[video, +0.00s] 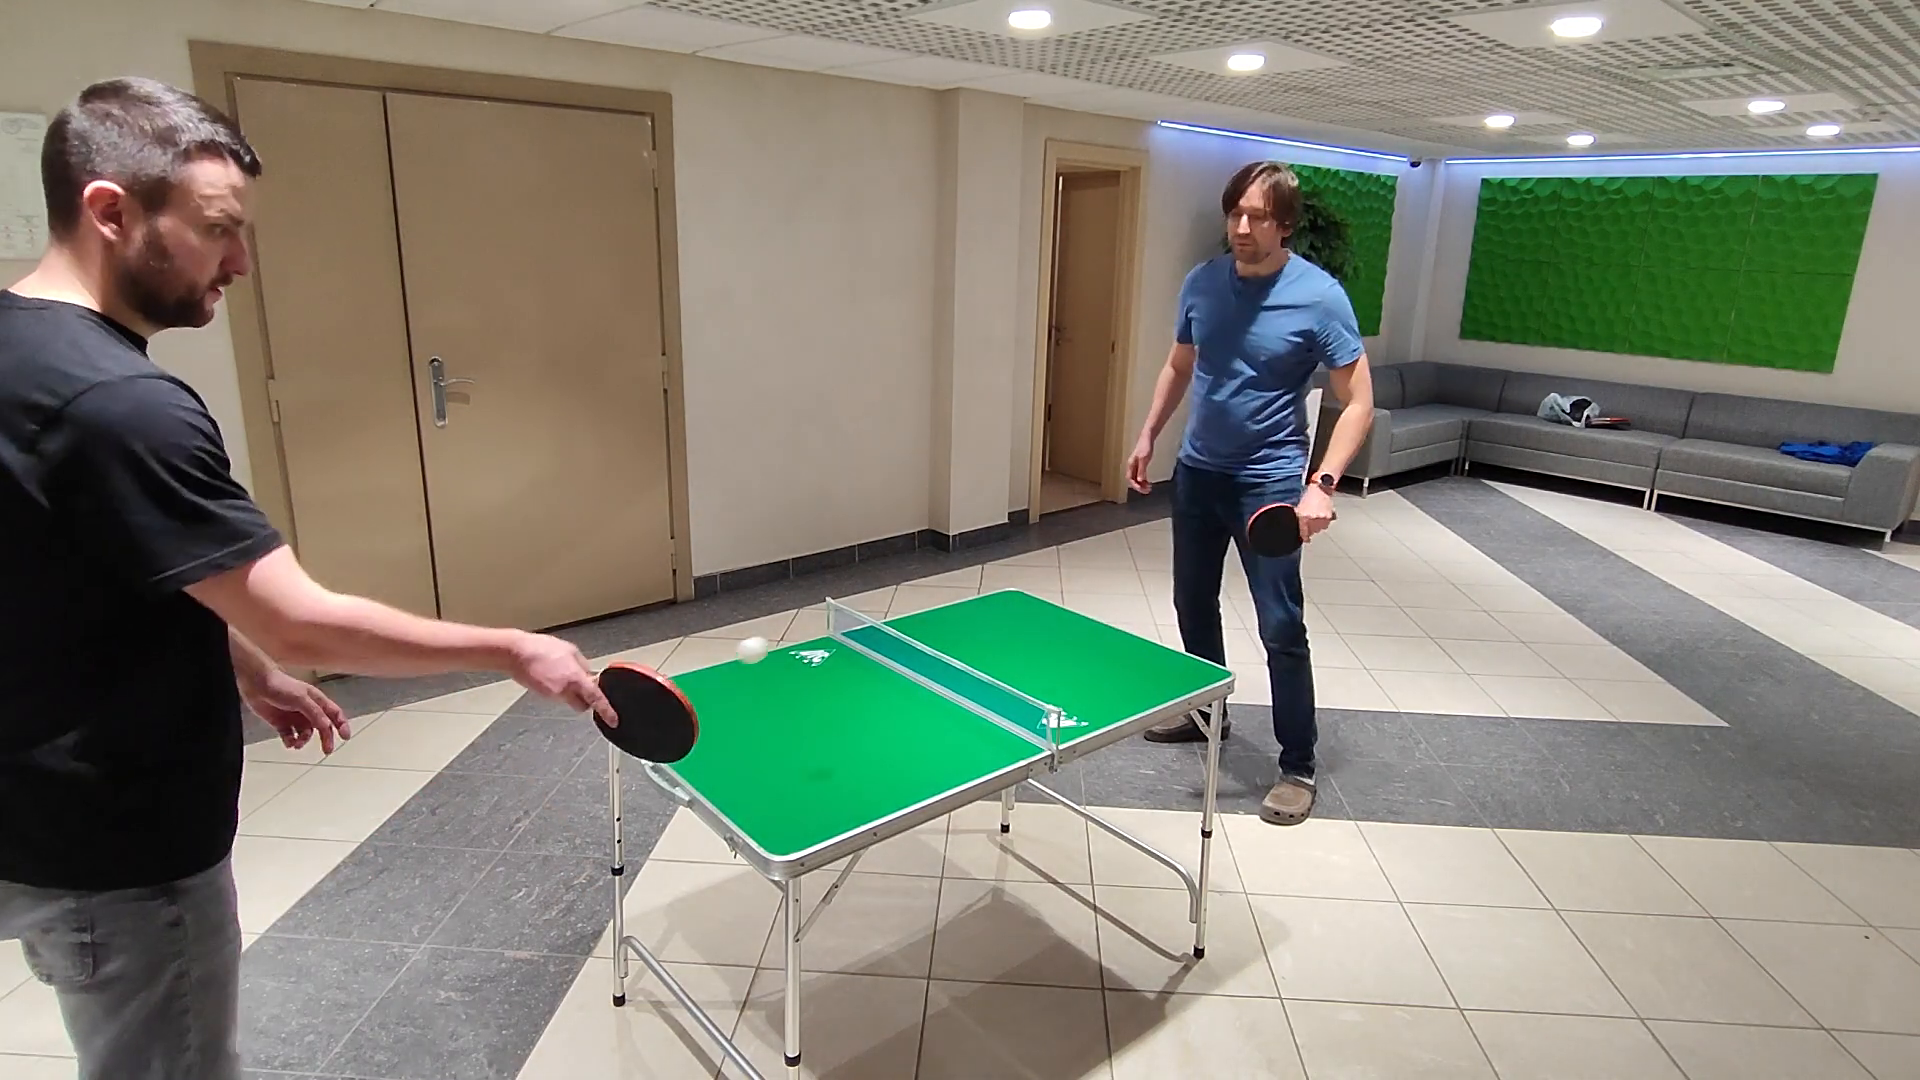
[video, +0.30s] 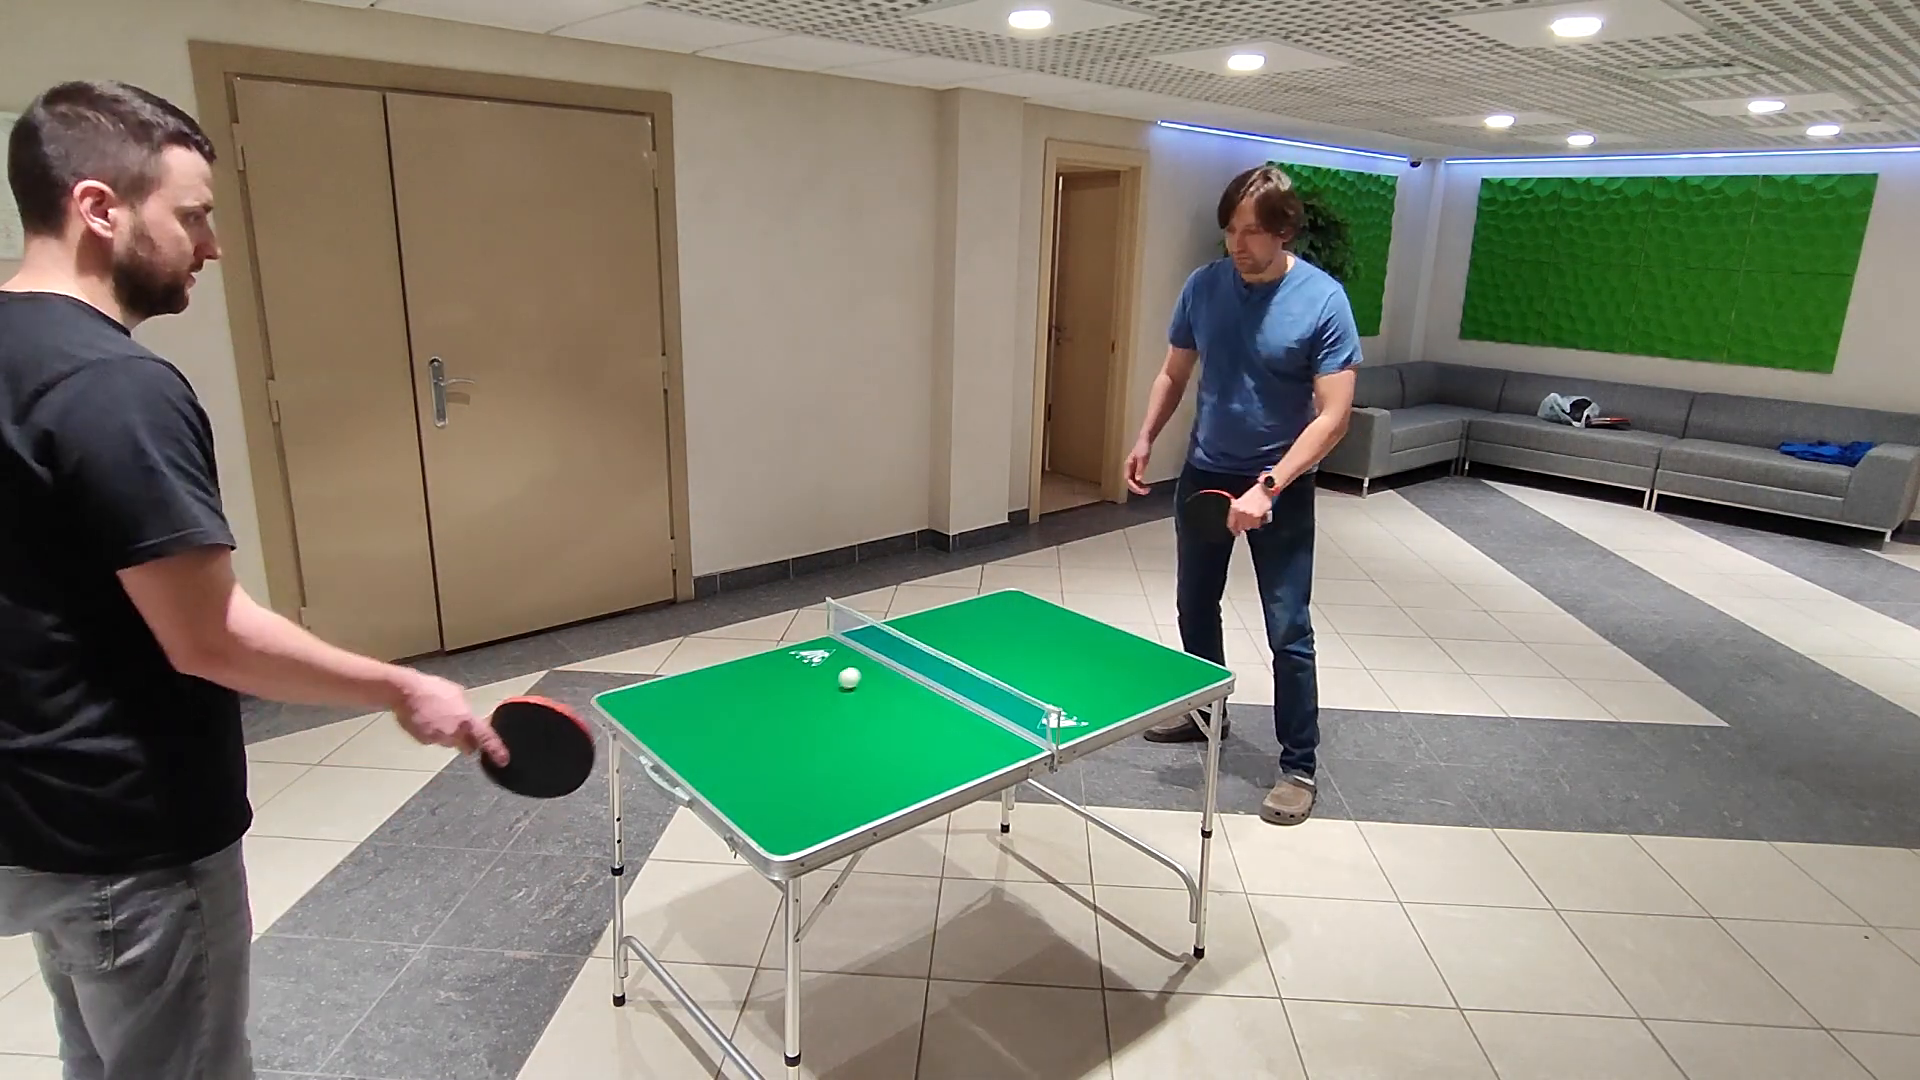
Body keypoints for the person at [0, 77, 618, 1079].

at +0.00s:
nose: (242, 262)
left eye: (243, 233)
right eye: (220, 228)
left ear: (106, 217)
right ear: (110, 214)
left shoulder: (22, 344)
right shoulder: (123, 406)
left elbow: (114, 550)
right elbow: (300, 628)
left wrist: (248, 667)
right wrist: (513, 650)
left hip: (51, 837)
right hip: (128, 863)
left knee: (151, 1059)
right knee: (171, 1070)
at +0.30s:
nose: (210, 247)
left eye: (208, 219)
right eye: (193, 215)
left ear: (92, 210)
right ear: (97, 210)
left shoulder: (14, 343)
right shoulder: (116, 384)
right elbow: (208, 635)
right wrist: (403, 689)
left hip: (38, 822)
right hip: (139, 839)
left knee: (101, 1064)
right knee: (184, 1069)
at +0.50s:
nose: (223, 266)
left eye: (224, 240)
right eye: (210, 234)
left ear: (117, 224)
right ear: (124, 223)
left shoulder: (18, 343)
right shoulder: (102, 374)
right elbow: (134, 639)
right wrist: (299, 748)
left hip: (39, 836)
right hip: (132, 850)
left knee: (106, 1069)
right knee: (237, 1066)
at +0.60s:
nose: (261, 292)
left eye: (264, 266)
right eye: (254, 261)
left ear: (163, 242)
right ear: (175, 244)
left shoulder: (38, 361)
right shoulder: (112, 381)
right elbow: (118, 643)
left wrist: (219, 753)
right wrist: (267, 775)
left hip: (45, 854)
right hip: (119, 860)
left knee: (98, 1069)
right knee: (228, 1063)